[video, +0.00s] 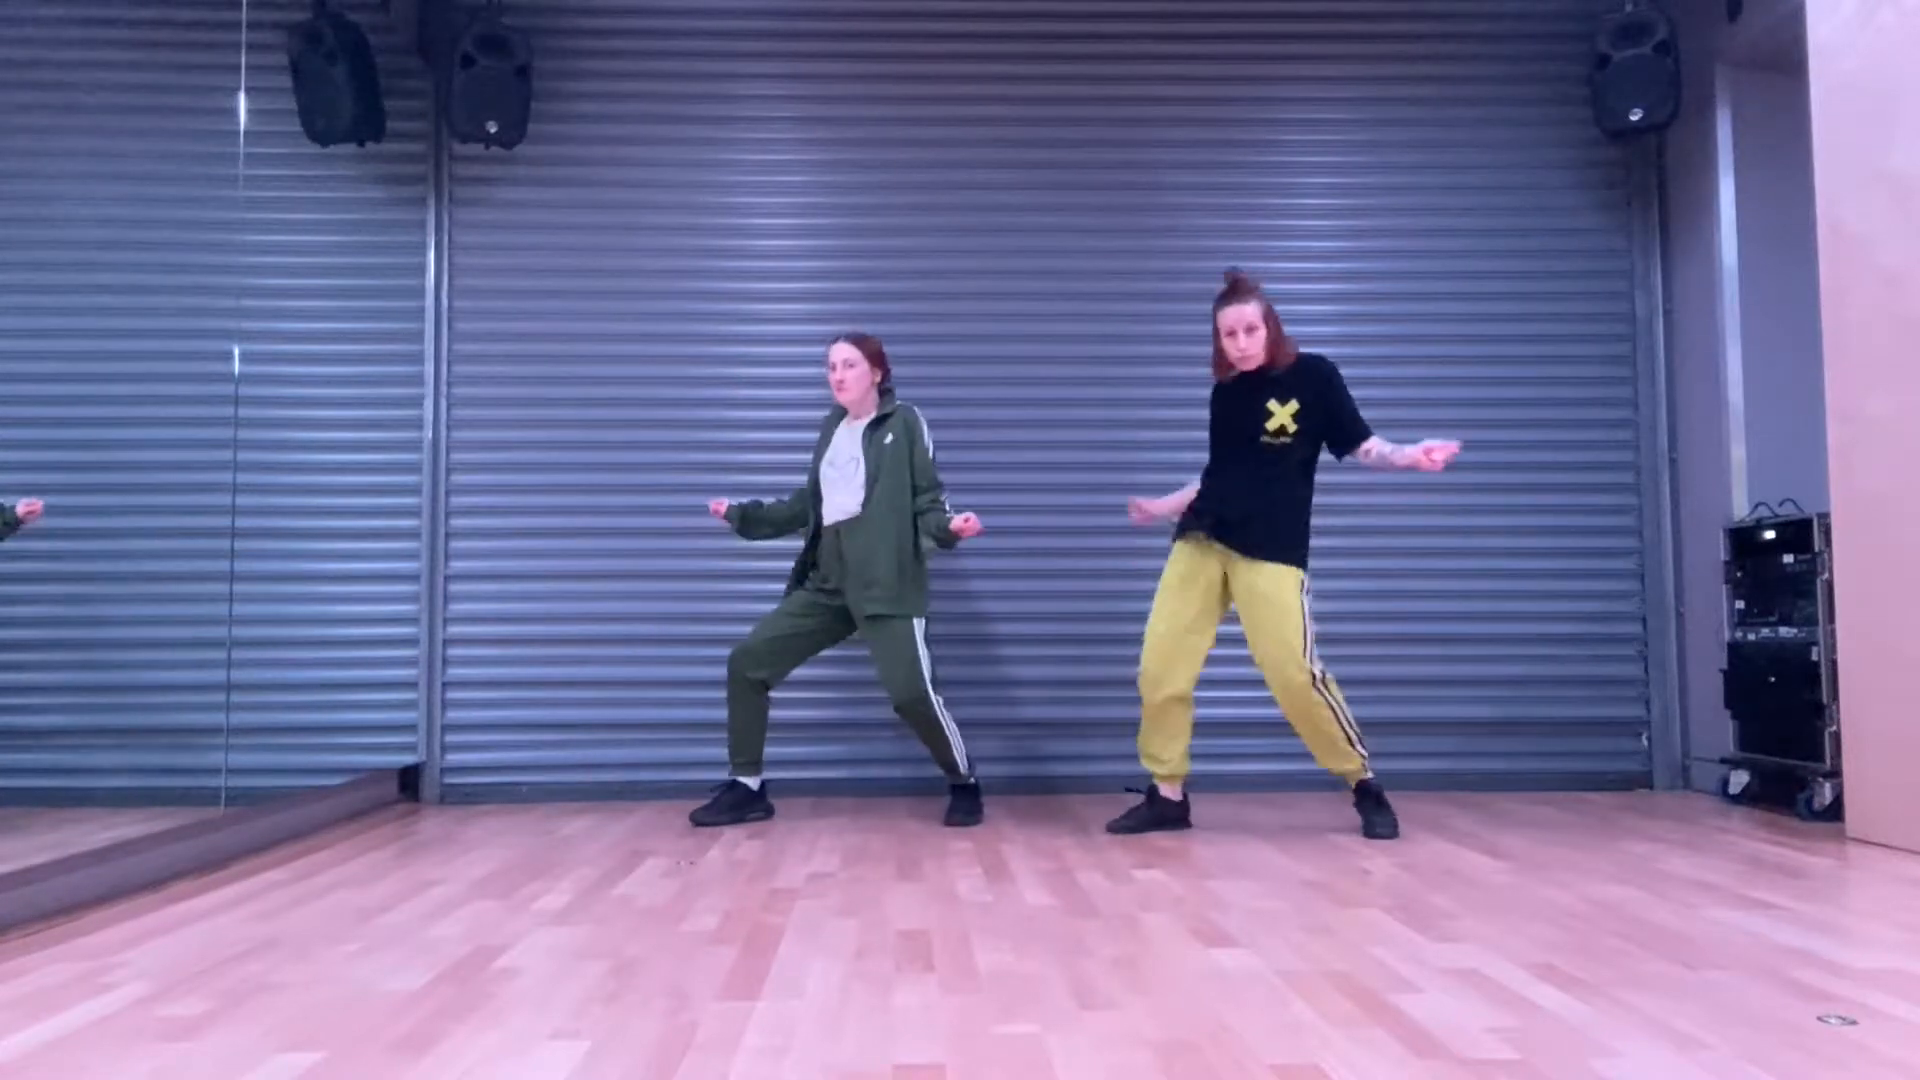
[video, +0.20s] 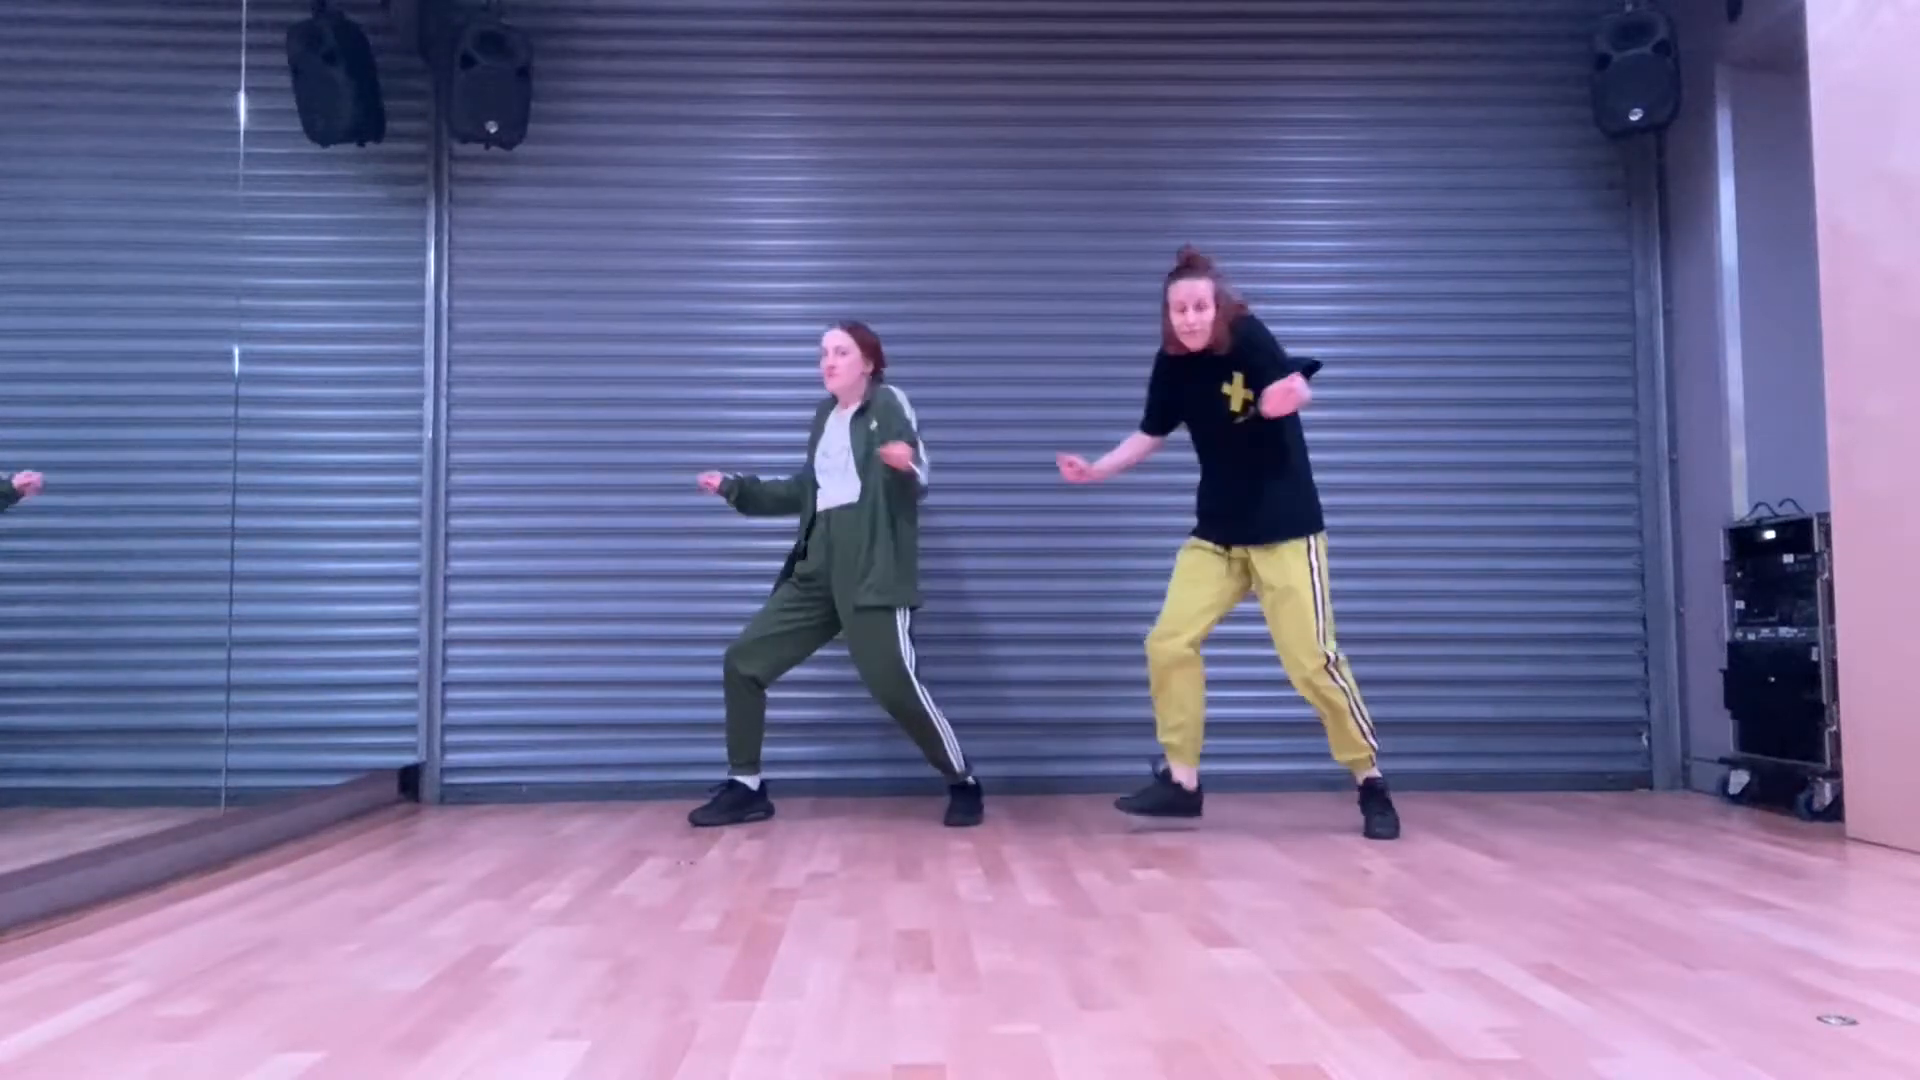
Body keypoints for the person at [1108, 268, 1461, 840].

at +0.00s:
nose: (1240, 344)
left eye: (1250, 330)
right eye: (1229, 334)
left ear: (1271, 328)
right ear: (1218, 339)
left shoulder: (1314, 378)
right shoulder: (1225, 394)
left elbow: (1360, 447)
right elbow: (1219, 481)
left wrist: (1411, 457)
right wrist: (1163, 507)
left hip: (1268, 551)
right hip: (1200, 540)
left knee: (1292, 678)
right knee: (1162, 668)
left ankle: (1364, 790)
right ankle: (1167, 798)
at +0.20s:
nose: (1191, 319)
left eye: (1201, 306)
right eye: (1180, 308)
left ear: (1219, 306)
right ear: (1167, 311)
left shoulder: (1246, 337)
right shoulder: (1172, 363)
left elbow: (1296, 388)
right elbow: (1151, 435)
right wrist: (1095, 470)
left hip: (1286, 531)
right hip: (1217, 534)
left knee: (1311, 664)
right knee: (1168, 645)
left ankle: (1370, 785)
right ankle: (1181, 784)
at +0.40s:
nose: (1168, 293)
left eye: (1179, 283)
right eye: (1158, 282)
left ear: (1193, 289)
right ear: (1141, 289)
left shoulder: (1202, 344)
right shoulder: (1132, 367)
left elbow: (1217, 418)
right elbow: (1130, 457)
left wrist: (1222, 470)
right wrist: (1105, 523)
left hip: (1244, 523)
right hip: (1180, 537)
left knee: (1300, 645)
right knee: (1192, 666)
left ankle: (1365, 775)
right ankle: (1179, 797)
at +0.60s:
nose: (1140, 332)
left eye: (1150, 319)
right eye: (1129, 321)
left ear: (1172, 313)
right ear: (1117, 321)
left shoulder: (1210, 353)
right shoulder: (1140, 374)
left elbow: (1258, 417)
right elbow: (1148, 447)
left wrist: (1285, 460)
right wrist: (1114, 487)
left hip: (1169, 536)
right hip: (1120, 540)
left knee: (1176, 664)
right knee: (1141, 668)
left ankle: (1267, 781)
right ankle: (1169, 799)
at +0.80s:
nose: (1112, 347)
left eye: (1122, 335)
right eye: (1102, 336)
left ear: (1141, 337)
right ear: (1087, 340)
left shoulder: (1165, 382)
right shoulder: (1088, 399)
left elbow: (1219, 437)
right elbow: (1077, 467)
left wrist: (1230, 471)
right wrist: (1029, 516)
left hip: (1194, 556)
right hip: (1132, 555)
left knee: (1137, 653)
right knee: (1072, 639)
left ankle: (1188, 775)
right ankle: (1116, 765)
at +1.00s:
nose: (1111, 350)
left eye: (1122, 340)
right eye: (1101, 339)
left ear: (1137, 348)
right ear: (1085, 350)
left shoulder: (1161, 408)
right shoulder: (1079, 430)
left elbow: (1215, 484)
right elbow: (1043, 509)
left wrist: (1224, 519)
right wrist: (992, 552)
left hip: (1181, 573)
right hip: (1116, 575)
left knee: (1128, 683)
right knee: (1086, 684)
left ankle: (1168, 802)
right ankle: (1111, 801)